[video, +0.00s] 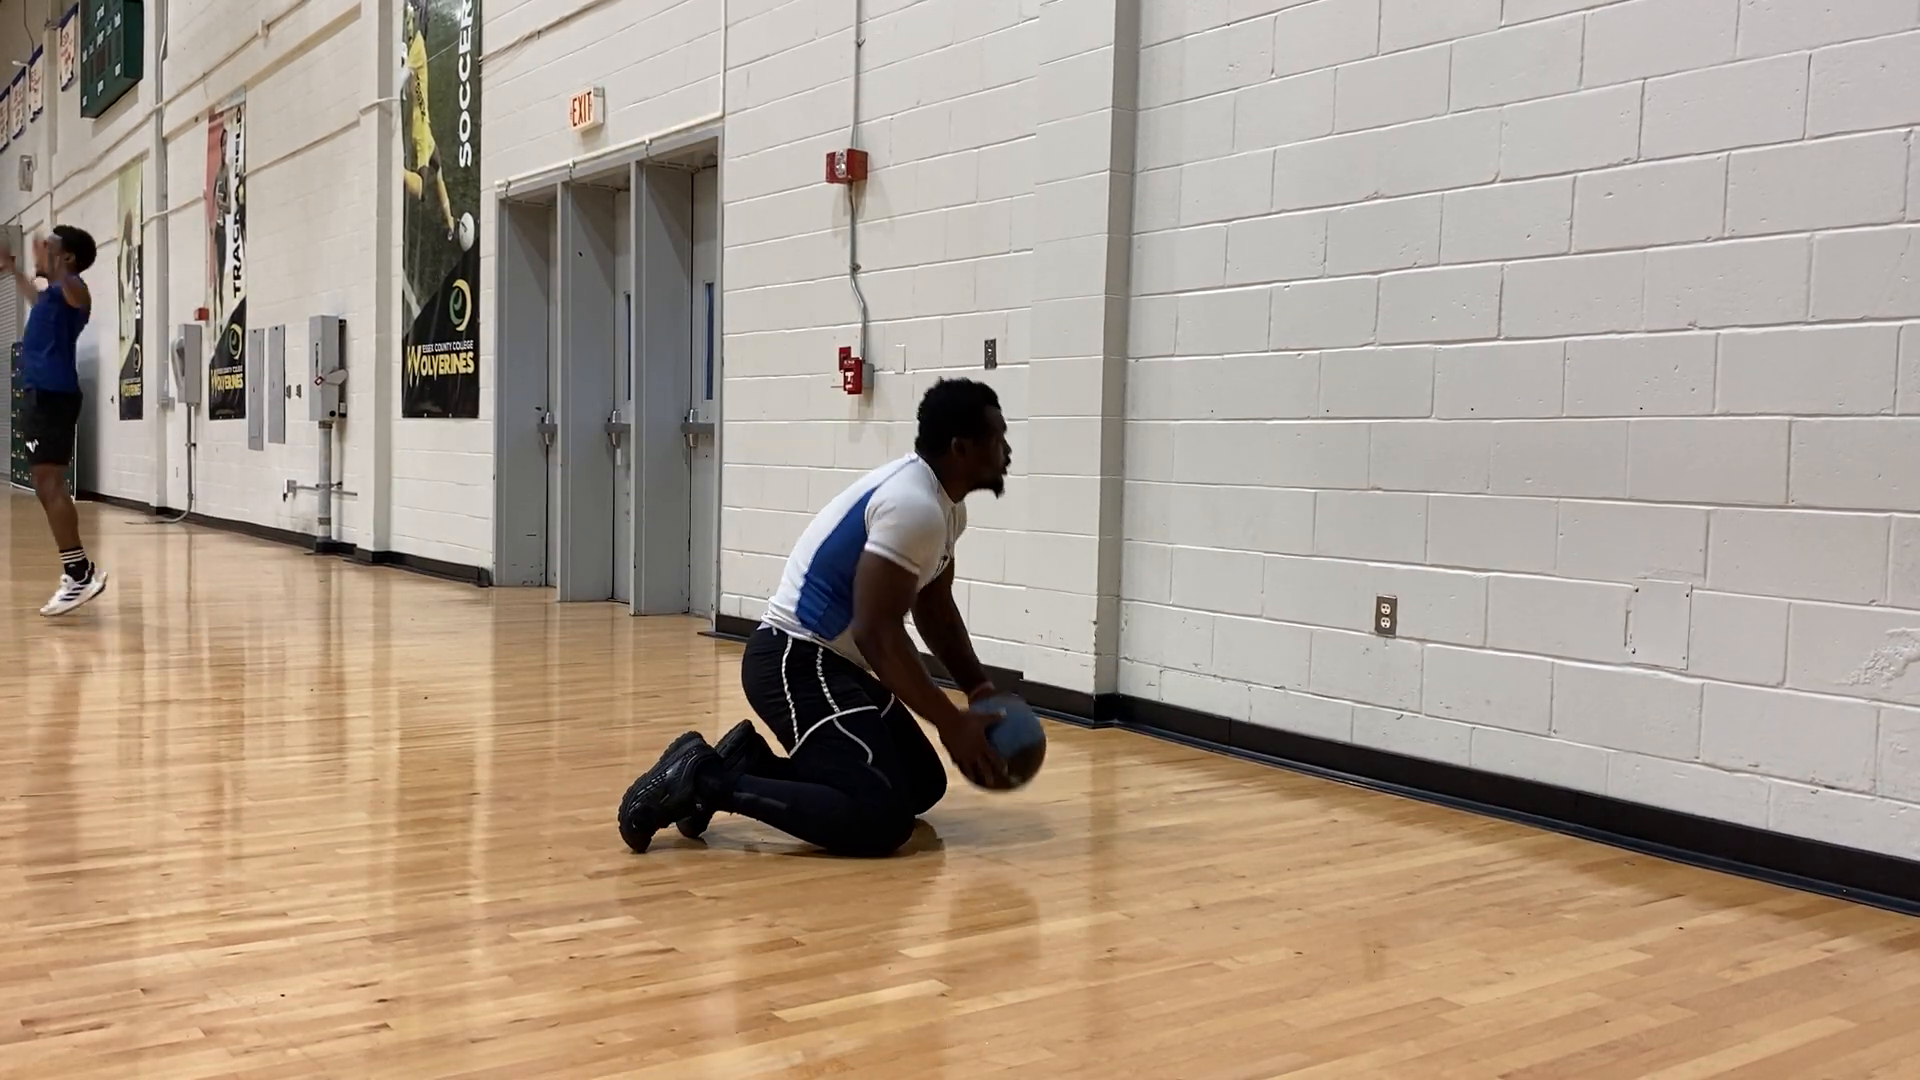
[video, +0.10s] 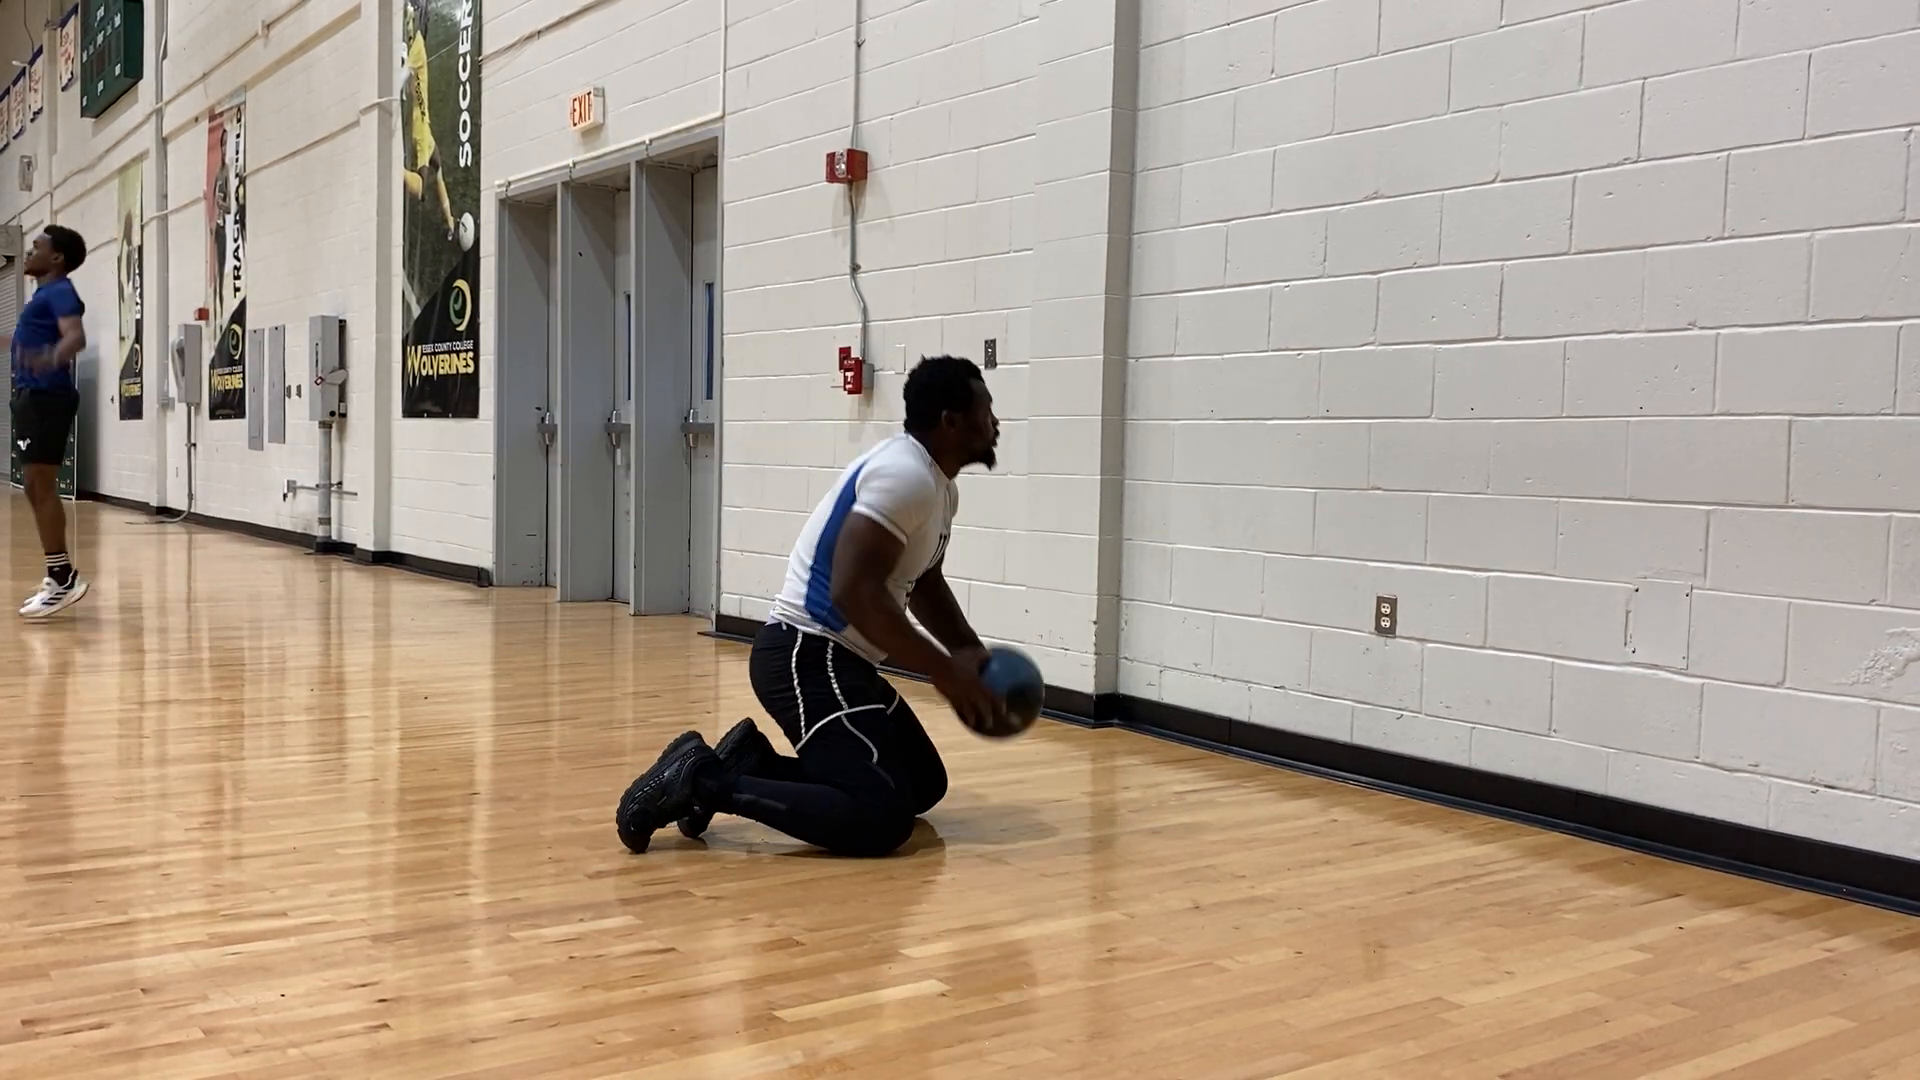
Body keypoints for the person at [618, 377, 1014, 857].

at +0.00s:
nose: (1009, 448)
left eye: (1005, 435)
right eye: (999, 436)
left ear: (957, 447)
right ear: (962, 447)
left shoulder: (943, 505)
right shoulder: (914, 503)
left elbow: (934, 605)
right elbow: (876, 632)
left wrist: (979, 691)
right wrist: (950, 723)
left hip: (832, 661)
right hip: (793, 659)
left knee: (919, 783)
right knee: (879, 823)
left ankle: (754, 765)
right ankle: (706, 782)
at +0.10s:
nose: (996, 421)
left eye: (991, 407)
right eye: (986, 409)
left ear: (948, 422)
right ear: (951, 421)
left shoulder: (939, 487)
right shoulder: (905, 475)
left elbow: (925, 582)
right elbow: (855, 592)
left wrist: (977, 662)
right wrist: (945, 671)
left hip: (841, 657)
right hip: (805, 655)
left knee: (921, 783)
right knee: (879, 821)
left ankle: (760, 766)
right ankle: (701, 780)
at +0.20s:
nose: (985, 404)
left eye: (981, 390)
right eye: (975, 392)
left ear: (941, 403)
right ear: (941, 401)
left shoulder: (931, 468)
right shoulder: (896, 448)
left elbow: (916, 562)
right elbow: (835, 548)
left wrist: (967, 626)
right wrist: (938, 612)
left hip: (852, 655)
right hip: (818, 651)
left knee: (924, 784)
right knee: (880, 820)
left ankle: (760, 765)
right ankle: (702, 781)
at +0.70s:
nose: (928, 358)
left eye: (918, 347)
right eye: (912, 352)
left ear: (884, 382)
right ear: (880, 382)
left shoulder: (907, 442)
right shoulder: (835, 447)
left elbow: (904, 538)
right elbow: (811, 555)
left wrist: (963, 550)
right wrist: (919, 535)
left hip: (871, 656)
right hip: (819, 652)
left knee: (924, 790)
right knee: (841, 830)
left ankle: (765, 762)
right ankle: (672, 763)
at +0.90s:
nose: (884, 372)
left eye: (878, 359)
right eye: (867, 366)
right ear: (820, 389)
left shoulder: (883, 428)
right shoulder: (786, 454)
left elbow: (901, 508)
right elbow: (731, 554)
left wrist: (942, 516)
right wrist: (852, 527)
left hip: (862, 659)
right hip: (802, 656)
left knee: (909, 790)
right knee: (841, 830)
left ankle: (743, 762)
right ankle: (674, 767)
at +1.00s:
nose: (857, 367)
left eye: (855, 353)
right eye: (837, 361)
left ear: (859, 347)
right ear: (790, 379)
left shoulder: (886, 423)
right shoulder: (762, 450)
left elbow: (954, 500)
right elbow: (674, 542)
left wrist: (934, 504)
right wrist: (793, 526)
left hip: (855, 657)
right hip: (796, 654)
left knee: (889, 793)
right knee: (837, 831)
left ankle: (717, 755)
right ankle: (667, 765)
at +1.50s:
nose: (844, 346)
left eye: (842, 334)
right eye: (828, 335)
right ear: (778, 345)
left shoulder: (839, 423)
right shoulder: (742, 425)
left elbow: (880, 522)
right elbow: (708, 534)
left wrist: (919, 494)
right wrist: (828, 494)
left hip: (825, 648)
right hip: (783, 649)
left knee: (848, 804)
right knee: (834, 832)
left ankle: (679, 755)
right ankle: (662, 769)